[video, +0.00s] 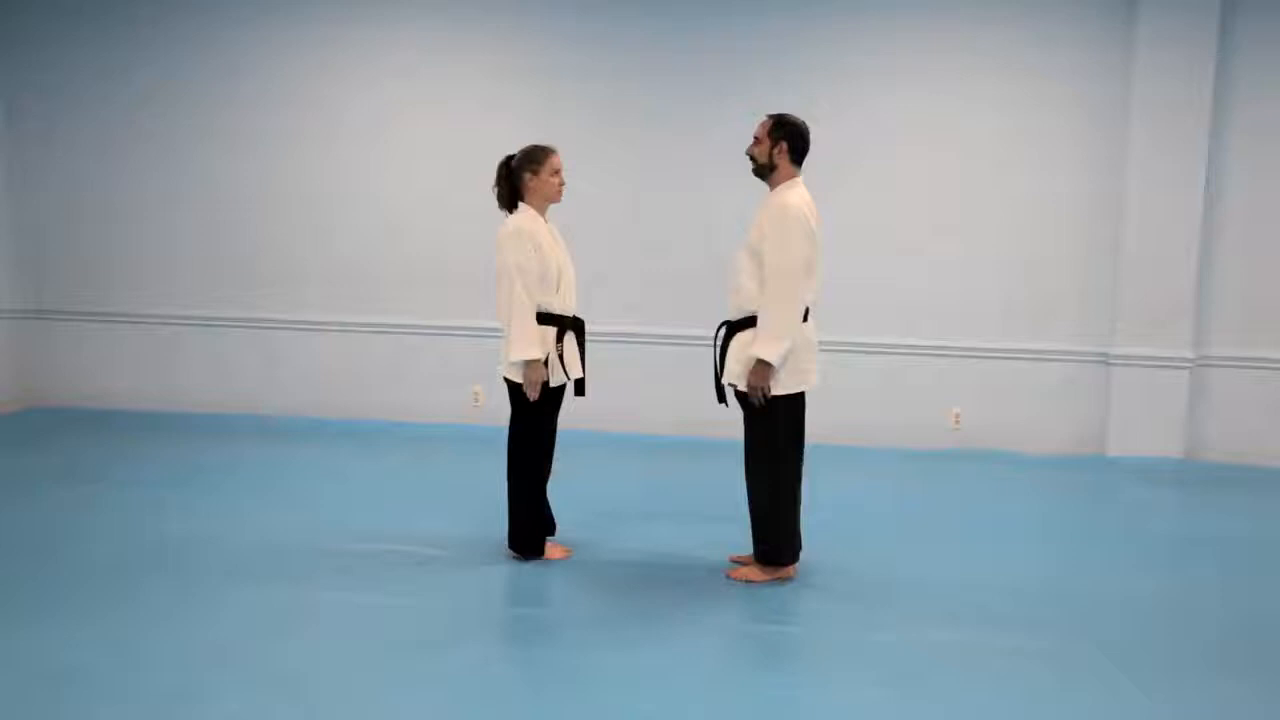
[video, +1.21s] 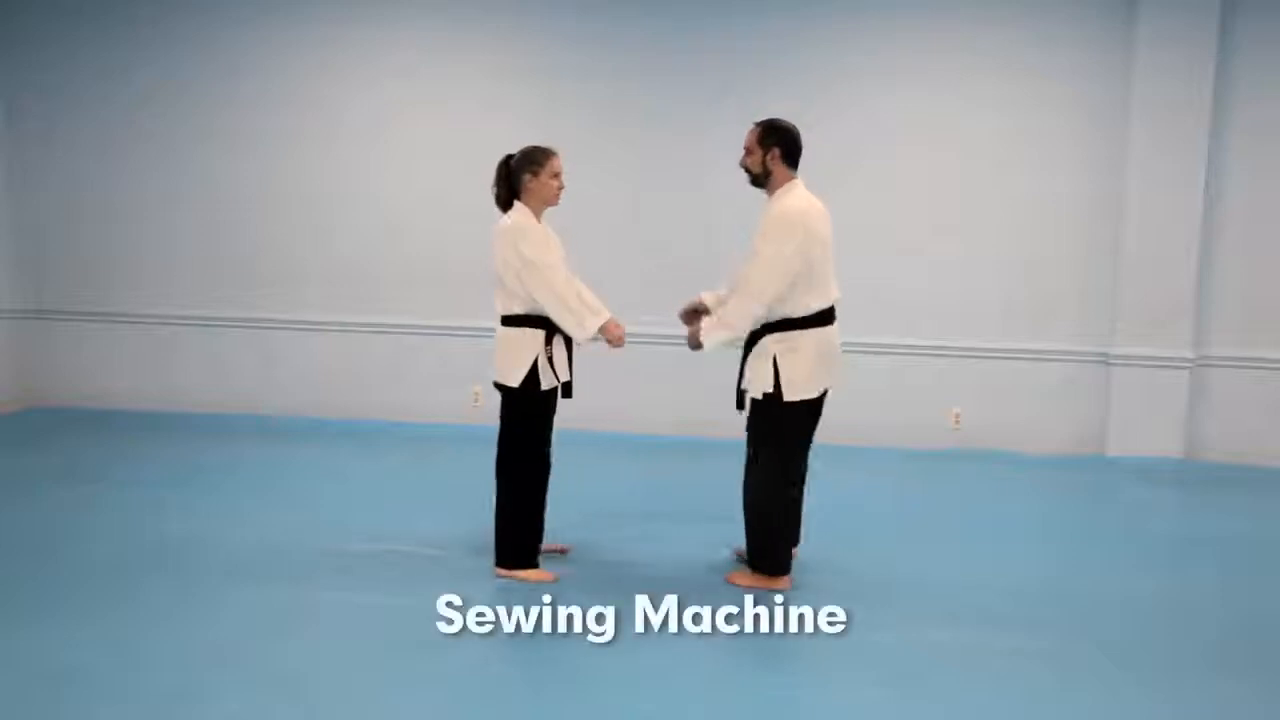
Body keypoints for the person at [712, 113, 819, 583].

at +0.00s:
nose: (749, 147)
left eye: (757, 140)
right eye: (753, 139)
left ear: (781, 149)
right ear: (781, 149)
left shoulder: (789, 207)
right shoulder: (782, 203)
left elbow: (786, 291)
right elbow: (780, 288)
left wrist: (767, 358)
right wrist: (755, 352)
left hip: (775, 358)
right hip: (770, 356)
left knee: (772, 464)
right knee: (770, 462)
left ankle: (777, 560)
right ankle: (772, 551)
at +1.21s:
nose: (742, 159)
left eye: (749, 151)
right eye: (744, 151)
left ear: (774, 156)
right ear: (777, 156)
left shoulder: (787, 213)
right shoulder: (801, 206)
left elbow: (761, 291)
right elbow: (761, 280)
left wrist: (711, 331)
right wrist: (711, 302)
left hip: (788, 357)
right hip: (805, 352)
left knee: (768, 465)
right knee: (782, 462)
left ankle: (771, 569)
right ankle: (775, 551)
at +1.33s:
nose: (742, 168)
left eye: (749, 160)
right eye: (744, 160)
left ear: (774, 164)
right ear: (780, 164)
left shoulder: (787, 219)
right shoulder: (814, 211)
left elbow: (753, 287)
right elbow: (770, 280)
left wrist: (701, 310)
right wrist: (714, 287)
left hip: (799, 357)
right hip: (829, 350)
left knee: (768, 457)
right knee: (792, 442)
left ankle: (773, 571)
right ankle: (815, 523)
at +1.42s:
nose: (748, 174)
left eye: (754, 165)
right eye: (750, 164)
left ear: (781, 171)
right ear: (788, 171)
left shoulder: (793, 224)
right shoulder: (820, 213)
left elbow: (753, 291)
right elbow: (772, 283)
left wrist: (701, 303)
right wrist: (717, 285)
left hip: (807, 364)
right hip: (839, 357)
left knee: (770, 462)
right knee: (811, 444)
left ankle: (772, 572)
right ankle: (870, 514)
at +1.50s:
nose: (757, 179)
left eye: (763, 172)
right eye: (758, 171)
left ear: (789, 175)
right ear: (795, 176)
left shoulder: (802, 229)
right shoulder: (829, 221)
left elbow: (760, 292)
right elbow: (787, 292)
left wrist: (712, 298)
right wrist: (731, 289)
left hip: (814, 368)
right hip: (851, 361)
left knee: (774, 466)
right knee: (842, 452)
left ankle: (771, 572)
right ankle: (915, 515)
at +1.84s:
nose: (801, 207)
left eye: (808, 199)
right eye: (803, 199)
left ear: (836, 203)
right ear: (839, 204)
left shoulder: (850, 255)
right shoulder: (864, 249)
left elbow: (796, 314)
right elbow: (817, 318)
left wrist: (752, 316)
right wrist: (788, 324)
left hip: (848, 389)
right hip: (876, 384)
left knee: (777, 460)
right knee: (908, 466)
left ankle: (771, 570)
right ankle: (972, 542)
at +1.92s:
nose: (806, 209)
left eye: (814, 201)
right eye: (808, 200)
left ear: (841, 205)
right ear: (844, 207)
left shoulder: (853, 258)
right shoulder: (868, 253)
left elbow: (801, 314)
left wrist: (752, 321)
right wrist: (794, 326)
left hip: (848, 392)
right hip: (875, 387)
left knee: (775, 457)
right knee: (908, 469)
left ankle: (769, 570)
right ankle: (973, 544)